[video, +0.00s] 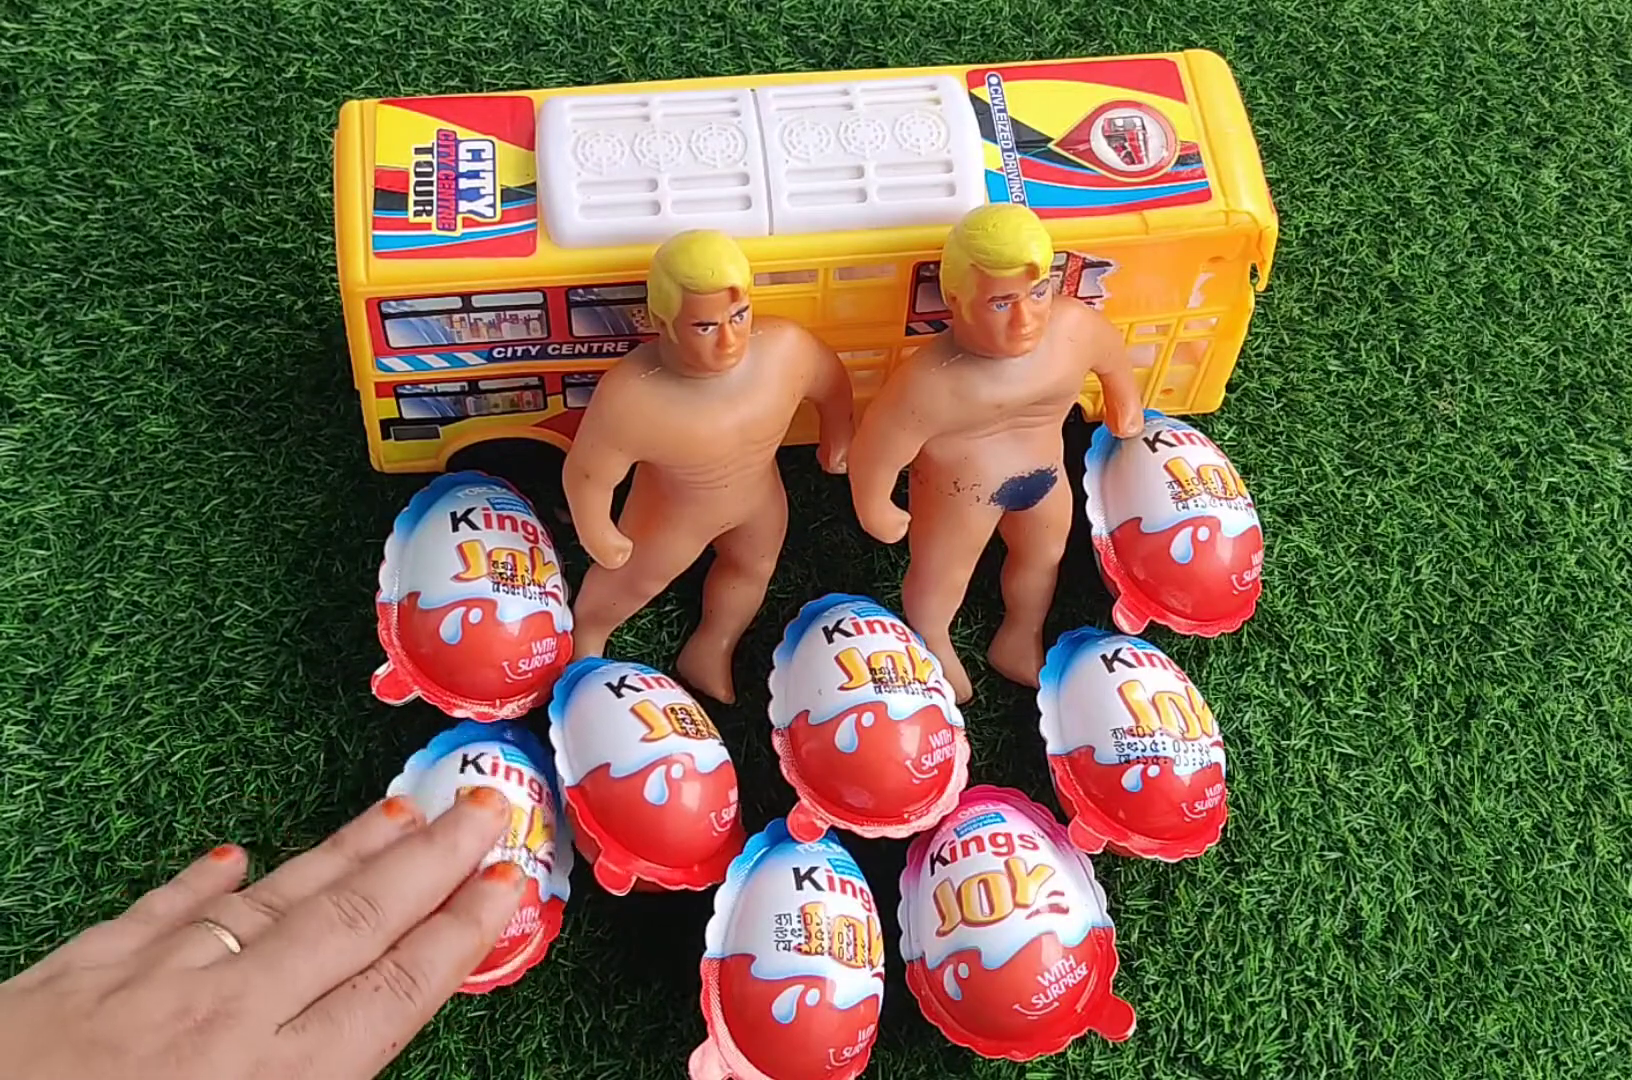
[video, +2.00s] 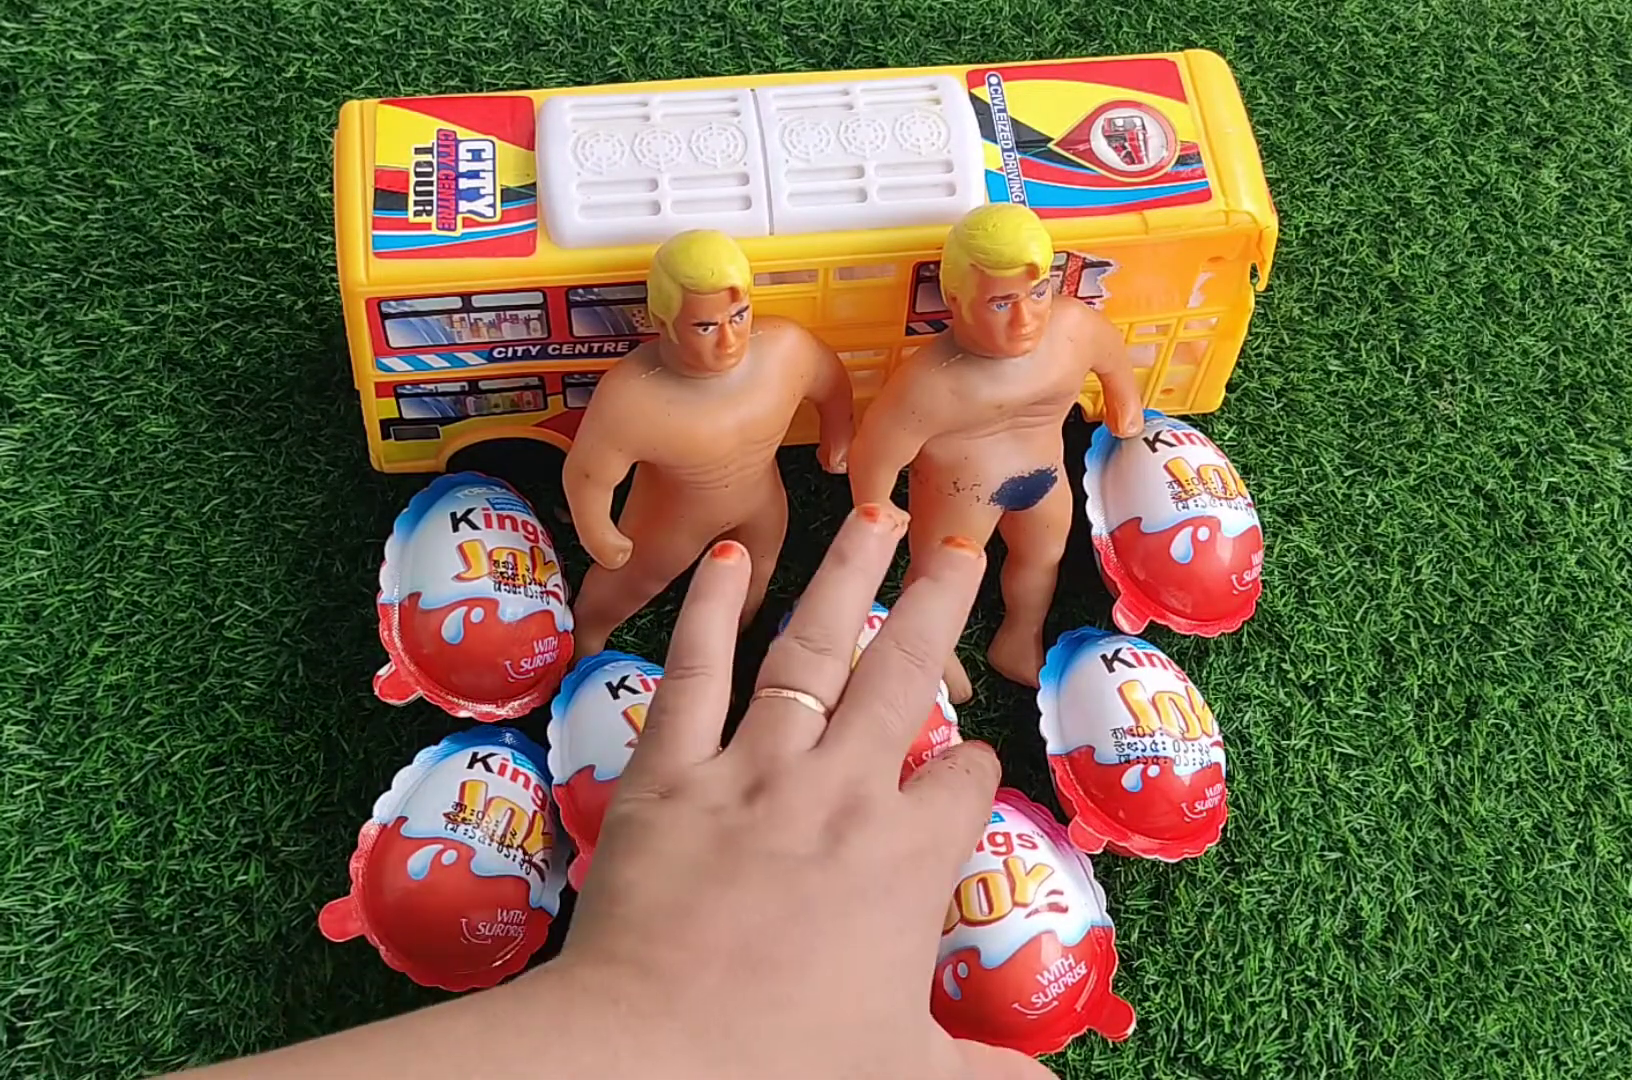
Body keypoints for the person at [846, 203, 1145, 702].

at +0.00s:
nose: (1024, 316)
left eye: (1037, 294)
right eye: (1000, 302)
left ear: (1051, 284)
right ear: (954, 304)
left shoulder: (1078, 327)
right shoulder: (927, 382)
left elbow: (1113, 358)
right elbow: (874, 452)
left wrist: (1126, 406)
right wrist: (877, 514)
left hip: (1045, 477)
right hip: (959, 493)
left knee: (1041, 561)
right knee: (940, 580)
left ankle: (1020, 642)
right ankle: (933, 645)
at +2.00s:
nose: (1024, 316)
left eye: (1036, 294)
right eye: (1000, 302)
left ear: (1049, 284)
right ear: (953, 303)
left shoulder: (1077, 326)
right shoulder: (927, 383)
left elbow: (1112, 357)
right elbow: (873, 456)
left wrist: (1125, 404)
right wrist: (875, 513)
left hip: (1044, 478)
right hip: (958, 493)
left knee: (1040, 561)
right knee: (938, 580)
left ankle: (1019, 643)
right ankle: (934, 647)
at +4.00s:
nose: (1024, 317)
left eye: (1037, 294)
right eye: (1000, 302)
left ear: (1051, 283)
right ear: (953, 303)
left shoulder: (1079, 328)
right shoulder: (927, 381)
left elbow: (1115, 362)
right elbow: (871, 458)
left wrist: (1126, 410)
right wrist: (879, 516)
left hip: (1044, 479)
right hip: (958, 492)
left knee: (1040, 563)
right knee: (940, 584)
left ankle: (1020, 643)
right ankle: (922, 662)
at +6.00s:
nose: (1025, 318)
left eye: (1038, 294)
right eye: (1001, 303)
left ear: (1051, 284)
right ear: (952, 303)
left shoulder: (1079, 327)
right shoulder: (928, 381)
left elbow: (1116, 364)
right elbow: (871, 459)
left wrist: (1127, 410)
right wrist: (879, 516)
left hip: (1044, 478)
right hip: (959, 491)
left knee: (1040, 565)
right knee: (942, 579)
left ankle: (1023, 644)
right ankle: (928, 656)